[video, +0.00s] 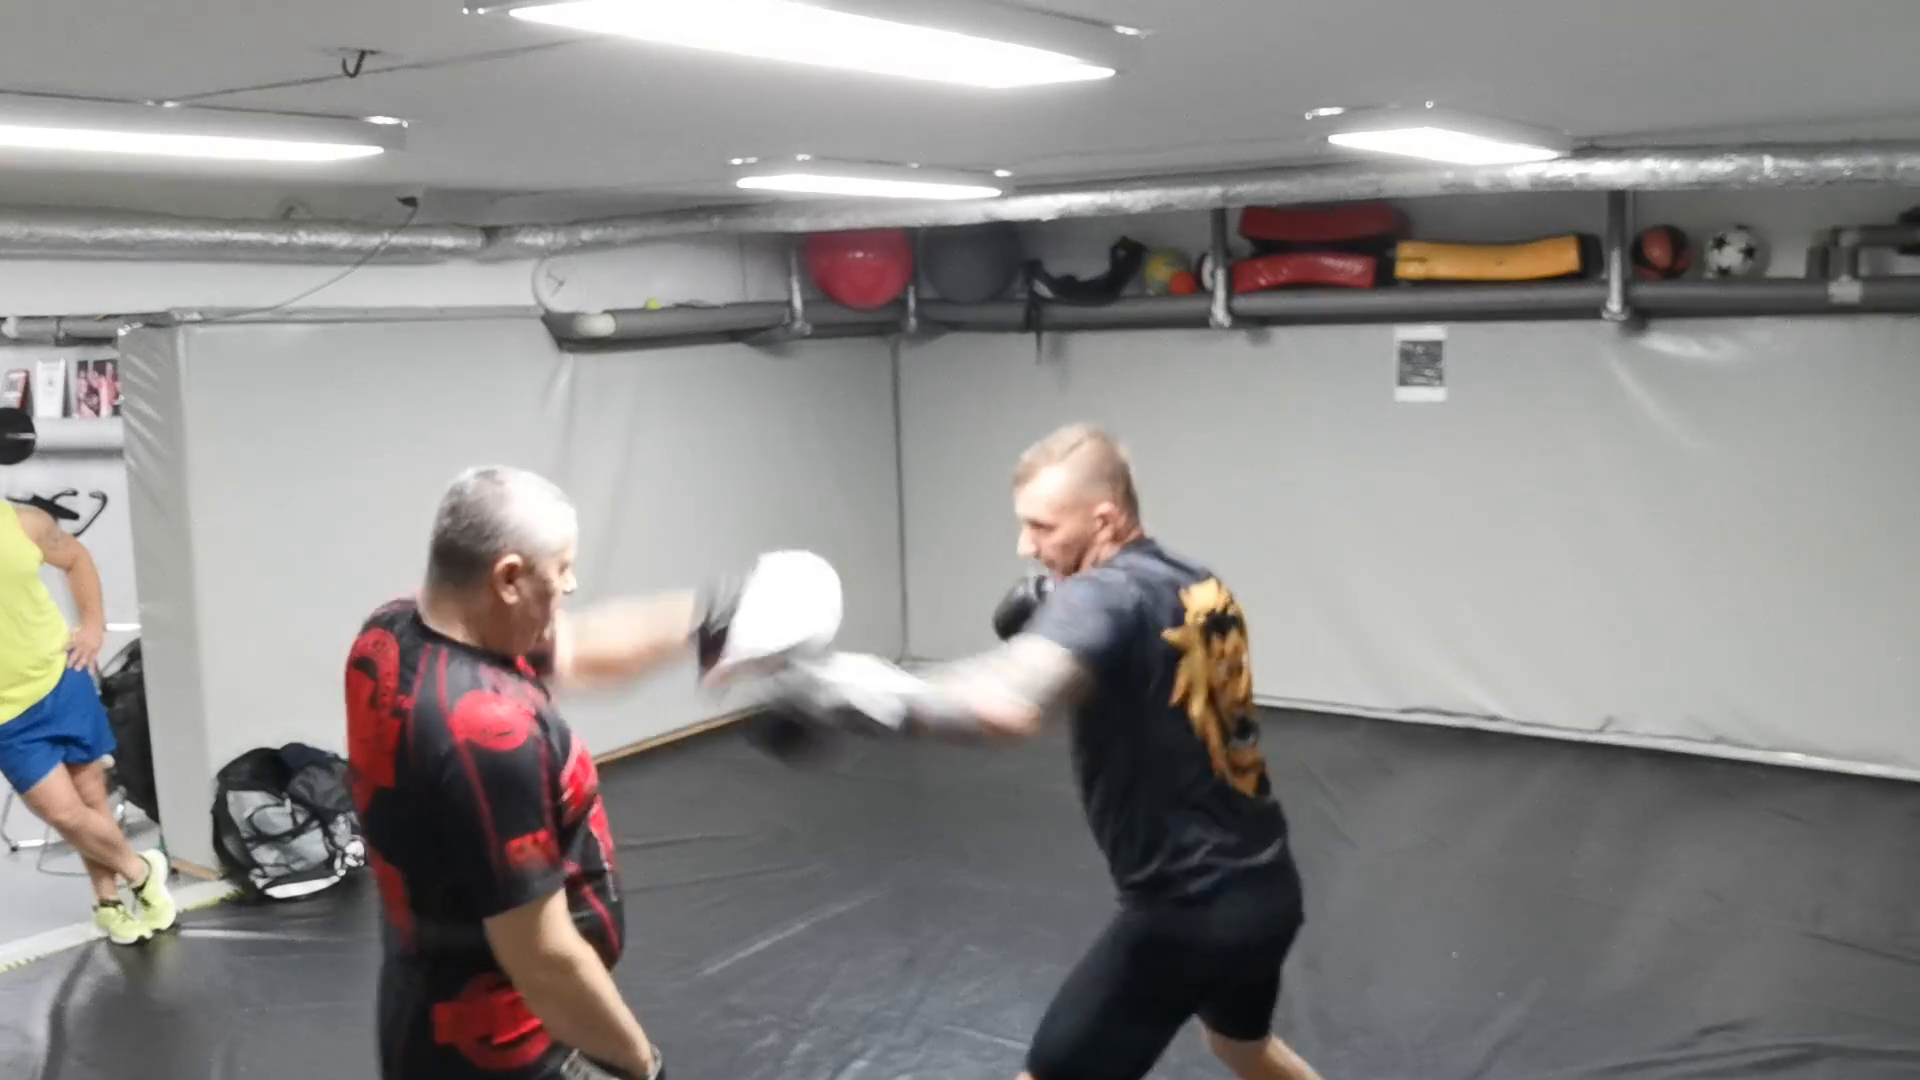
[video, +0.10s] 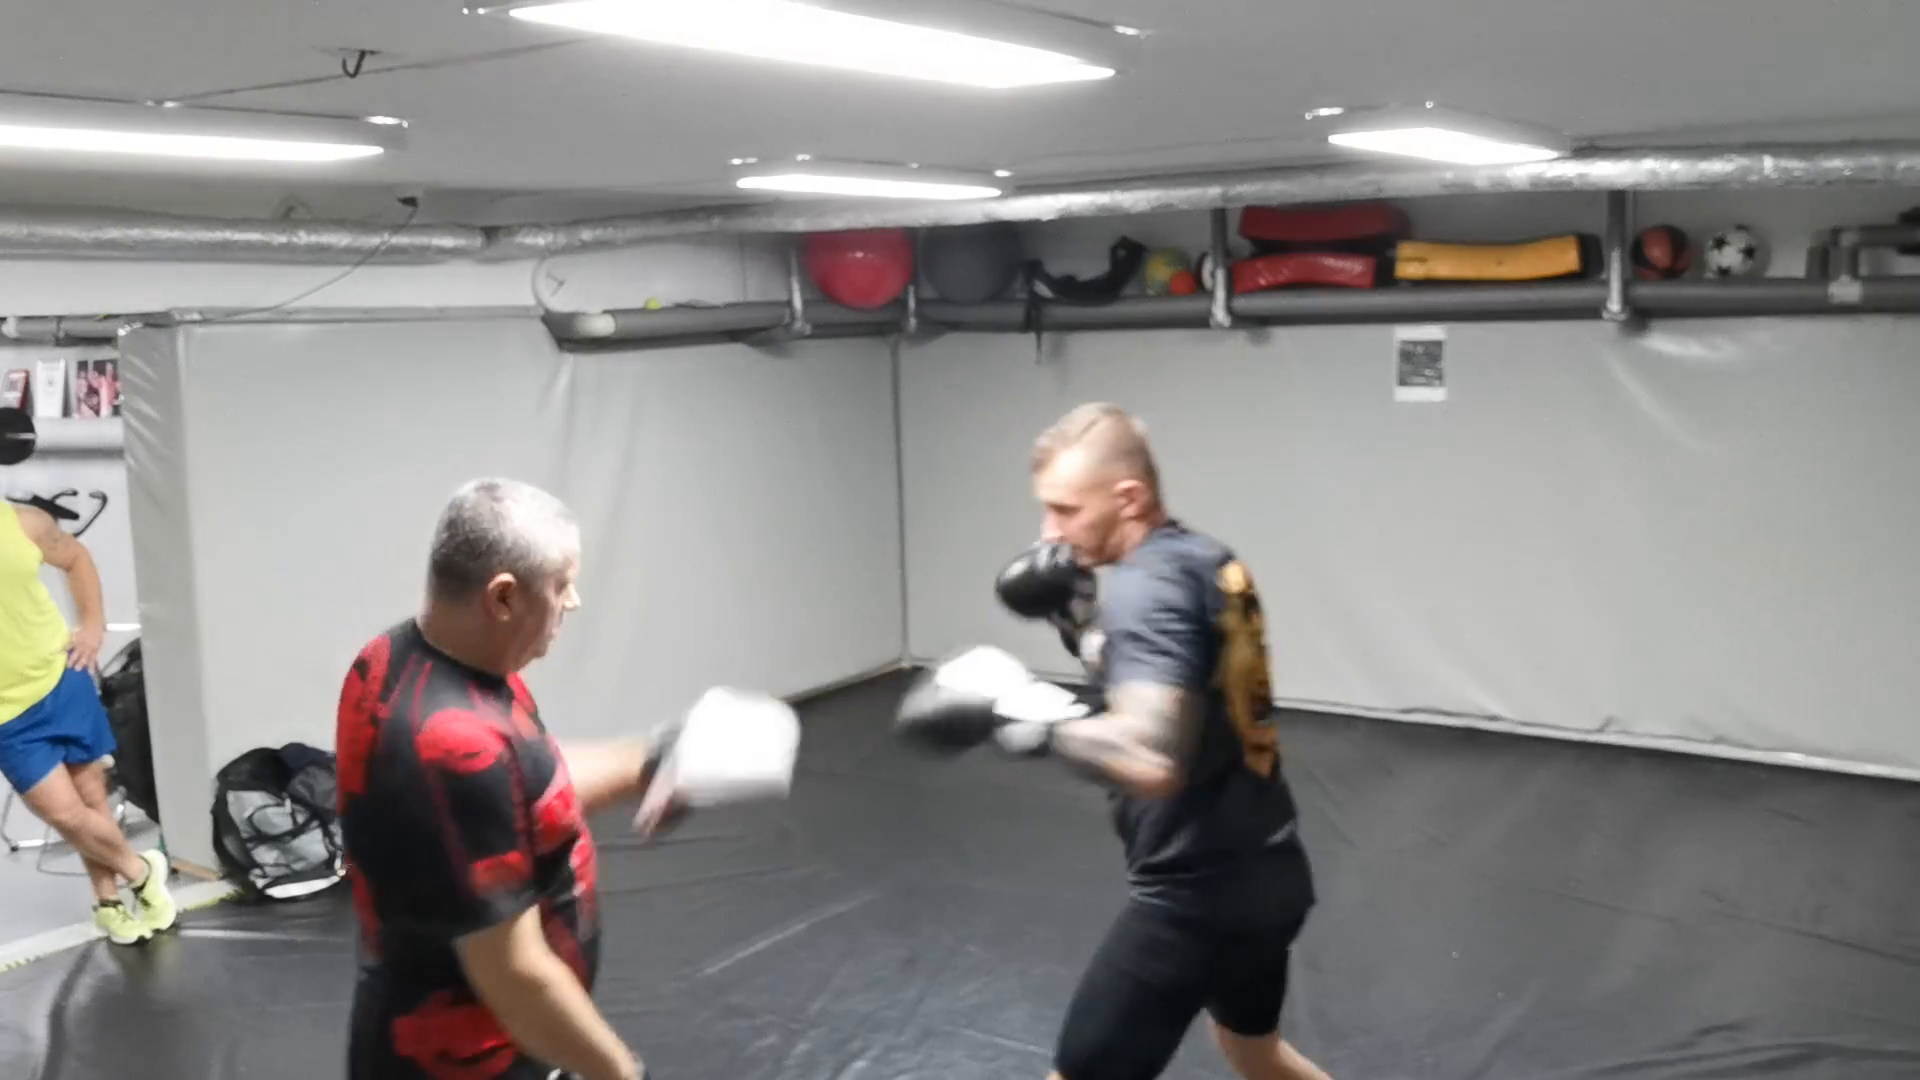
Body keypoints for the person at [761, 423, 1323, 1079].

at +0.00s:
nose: (1027, 549)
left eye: (1043, 527)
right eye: (1023, 527)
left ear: (1109, 518)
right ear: (1117, 520)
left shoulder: (1101, 596)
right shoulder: (1197, 584)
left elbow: (1010, 703)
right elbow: (1147, 660)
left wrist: (865, 689)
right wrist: (1056, 615)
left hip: (1187, 911)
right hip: (1258, 888)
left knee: (1056, 1068)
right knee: (1245, 1045)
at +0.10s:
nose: (1050, 531)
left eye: (1065, 511)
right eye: (1045, 510)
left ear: (1129, 499)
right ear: (1133, 499)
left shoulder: (1148, 581)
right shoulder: (1204, 558)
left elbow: (1151, 757)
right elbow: (1178, 690)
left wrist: (1026, 707)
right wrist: (1080, 615)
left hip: (1194, 891)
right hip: (1263, 869)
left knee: (1081, 1070)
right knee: (1254, 1047)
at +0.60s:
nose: (1147, 540)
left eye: (1159, 516)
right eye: (1140, 519)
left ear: (1222, 496)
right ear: (1222, 499)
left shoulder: (1267, 588)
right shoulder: (1259, 573)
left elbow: (1212, 769)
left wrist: (1136, 642)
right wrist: (1145, 641)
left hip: (1294, 905)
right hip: (1339, 884)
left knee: (1201, 1069)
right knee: (1327, 1062)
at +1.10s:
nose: (1070, 593)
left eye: (1079, 567)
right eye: (1063, 570)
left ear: (1143, 551)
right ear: (1151, 551)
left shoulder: (1172, 661)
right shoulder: (1260, 622)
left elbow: (1127, 876)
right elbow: (1098, 753)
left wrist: (1043, 759)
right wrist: (1097, 630)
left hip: (1225, 1009)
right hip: (1317, 986)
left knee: (1044, 1071)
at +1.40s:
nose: (868, 618)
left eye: (872, 599)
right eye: (863, 599)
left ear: (929, 585)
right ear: (980, 573)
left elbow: (679, 710)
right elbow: (1092, 837)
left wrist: (558, 654)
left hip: (983, 1040)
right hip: (1118, 1033)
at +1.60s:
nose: (898, 589)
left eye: (904, 564)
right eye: (894, 567)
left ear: (962, 544)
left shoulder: (966, 642)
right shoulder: (1110, 626)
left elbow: (904, 852)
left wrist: (818, 737)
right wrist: (946, 636)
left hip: (1002, 1010)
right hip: (1118, 997)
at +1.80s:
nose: (958, 582)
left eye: (966, 554)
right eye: (953, 557)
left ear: (1030, 537)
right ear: (1037, 537)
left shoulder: (1043, 639)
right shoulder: (1155, 620)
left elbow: (998, 846)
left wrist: (913, 719)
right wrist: (990, 658)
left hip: (1060, 993)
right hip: (1165, 980)